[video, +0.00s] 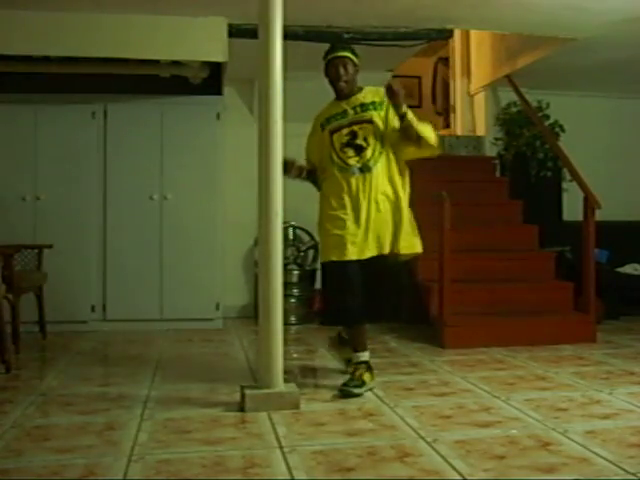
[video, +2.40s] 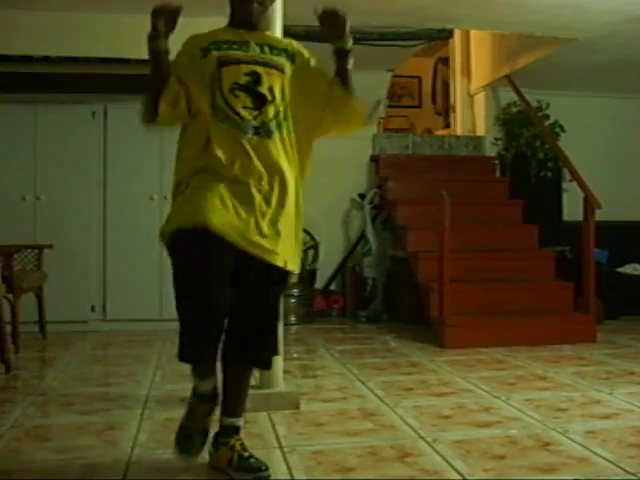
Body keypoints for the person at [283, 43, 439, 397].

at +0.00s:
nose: (340, 74)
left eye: (346, 67)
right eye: (333, 69)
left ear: (357, 70)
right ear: (326, 76)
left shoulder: (381, 101)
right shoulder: (322, 121)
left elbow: (426, 145)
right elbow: (325, 178)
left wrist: (403, 111)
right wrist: (304, 171)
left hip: (382, 216)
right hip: (340, 221)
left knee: (374, 288)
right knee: (347, 292)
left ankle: (348, 337)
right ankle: (361, 364)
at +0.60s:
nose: (350, 55)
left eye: (357, 50)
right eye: (344, 49)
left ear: (366, 62)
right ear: (333, 59)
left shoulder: (375, 108)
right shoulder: (311, 95)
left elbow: (388, 166)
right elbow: (301, 145)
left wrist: (371, 134)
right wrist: (335, 127)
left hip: (360, 208)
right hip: (316, 208)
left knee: (352, 292)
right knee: (326, 294)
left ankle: (337, 390)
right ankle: (358, 358)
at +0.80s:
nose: (333, 33)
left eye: (341, 29)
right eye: (326, 29)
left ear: (353, 43)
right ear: (317, 44)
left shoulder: (375, 88)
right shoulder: (299, 85)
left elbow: (397, 125)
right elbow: (276, 129)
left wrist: (379, 74)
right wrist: (280, 74)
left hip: (352, 213)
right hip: (298, 210)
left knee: (347, 312)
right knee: (296, 313)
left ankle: (335, 391)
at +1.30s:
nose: (279, 28)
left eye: (288, 20)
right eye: (272, 23)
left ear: (308, 30)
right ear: (266, 36)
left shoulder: (334, 71)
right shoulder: (253, 86)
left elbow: (377, 100)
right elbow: (220, 129)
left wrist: (359, 40)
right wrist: (209, 76)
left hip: (306, 205)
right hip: (250, 209)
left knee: (291, 292)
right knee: (247, 309)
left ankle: (324, 366)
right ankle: (271, 403)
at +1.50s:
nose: (275, 15)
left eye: (284, 8)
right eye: (268, 8)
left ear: (299, 19)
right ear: (258, 18)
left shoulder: (321, 66)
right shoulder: (228, 65)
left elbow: (376, 78)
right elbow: (178, 78)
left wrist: (351, 19)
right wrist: (196, 20)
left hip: (285, 194)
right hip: (225, 193)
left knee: (252, 285)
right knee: (233, 301)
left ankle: (259, 385)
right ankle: (269, 397)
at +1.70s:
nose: (266, 18)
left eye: (274, 12)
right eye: (259, 11)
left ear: (288, 22)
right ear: (248, 19)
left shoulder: (303, 77)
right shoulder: (222, 58)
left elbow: (336, 138)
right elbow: (191, 99)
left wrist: (330, 73)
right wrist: (200, 37)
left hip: (271, 212)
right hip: (213, 208)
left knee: (239, 322)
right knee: (242, 318)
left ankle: (217, 427)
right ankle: (272, 405)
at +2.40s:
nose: (257, 2)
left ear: (274, 4)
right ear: (232, 1)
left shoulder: (293, 56)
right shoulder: (202, 46)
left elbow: (345, 113)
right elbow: (161, 108)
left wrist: (340, 49)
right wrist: (159, 40)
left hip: (272, 198)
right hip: (209, 188)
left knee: (249, 325)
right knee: (202, 286)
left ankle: (228, 438)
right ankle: (203, 394)